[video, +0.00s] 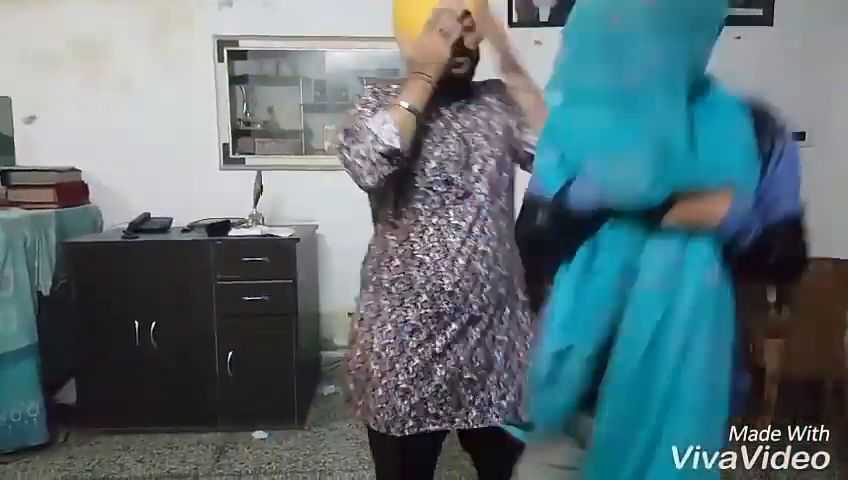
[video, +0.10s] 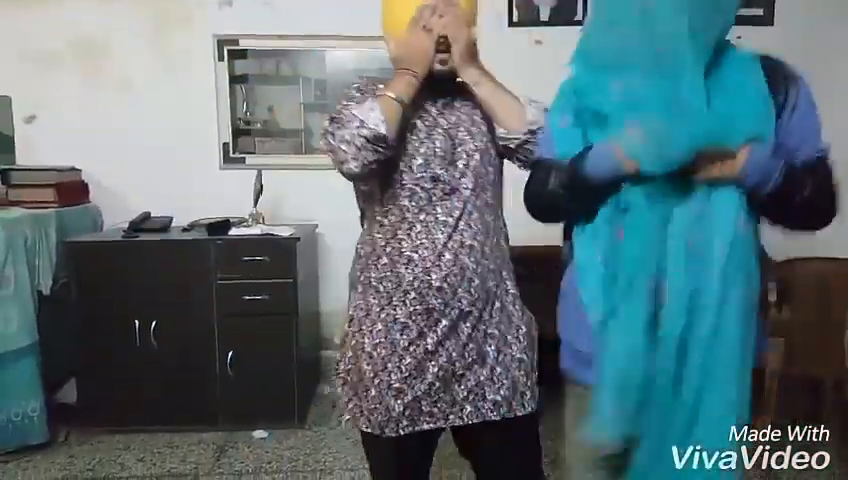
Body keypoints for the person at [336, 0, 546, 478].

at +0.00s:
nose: (463, 41)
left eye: (470, 27)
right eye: (445, 27)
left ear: (483, 37)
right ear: (412, 36)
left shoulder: (497, 107)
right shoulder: (382, 104)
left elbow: (560, 159)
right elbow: (368, 169)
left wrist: (511, 65)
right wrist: (422, 77)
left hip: (490, 331)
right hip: (406, 335)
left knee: (503, 467)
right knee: (404, 471)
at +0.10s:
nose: (440, 29)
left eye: (452, 16)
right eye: (423, 19)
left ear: (471, 31)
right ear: (395, 39)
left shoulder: (485, 106)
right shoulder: (367, 105)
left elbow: (544, 146)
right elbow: (353, 156)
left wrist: (471, 69)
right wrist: (408, 75)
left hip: (487, 340)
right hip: (397, 344)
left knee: (517, 470)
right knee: (398, 473)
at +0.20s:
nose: (421, 25)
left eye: (434, 13)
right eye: (405, 15)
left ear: (455, 30)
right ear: (380, 40)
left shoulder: (478, 102)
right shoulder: (359, 104)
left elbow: (537, 142)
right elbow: (338, 151)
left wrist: (459, 68)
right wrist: (398, 74)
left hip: (484, 341)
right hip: (391, 346)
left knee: (512, 470)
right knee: (394, 473)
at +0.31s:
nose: (410, 28)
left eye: (425, 16)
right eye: (395, 18)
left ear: (451, 33)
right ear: (374, 44)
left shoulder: (477, 97)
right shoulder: (358, 103)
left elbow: (520, 146)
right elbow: (331, 153)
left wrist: (446, 68)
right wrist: (388, 76)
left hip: (482, 344)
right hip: (389, 349)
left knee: (501, 471)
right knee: (395, 473)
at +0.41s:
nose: (406, 30)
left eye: (422, 16)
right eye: (391, 19)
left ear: (450, 32)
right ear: (371, 43)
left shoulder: (477, 97)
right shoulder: (358, 107)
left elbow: (515, 147)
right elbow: (322, 156)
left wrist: (443, 69)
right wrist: (383, 78)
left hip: (480, 344)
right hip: (388, 349)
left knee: (502, 470)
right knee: (393, 473)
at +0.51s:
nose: (409, 40)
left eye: (424, 25)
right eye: (393, 26)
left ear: (451, 37)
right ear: (373, 42)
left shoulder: (479, 98)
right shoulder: (357, 108)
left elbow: (513, 159)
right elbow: (320, 168)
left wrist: (449, 72)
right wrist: (377, 77)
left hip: (483, 345)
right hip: (388, 350)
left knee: (504, 470)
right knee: (394, 473)